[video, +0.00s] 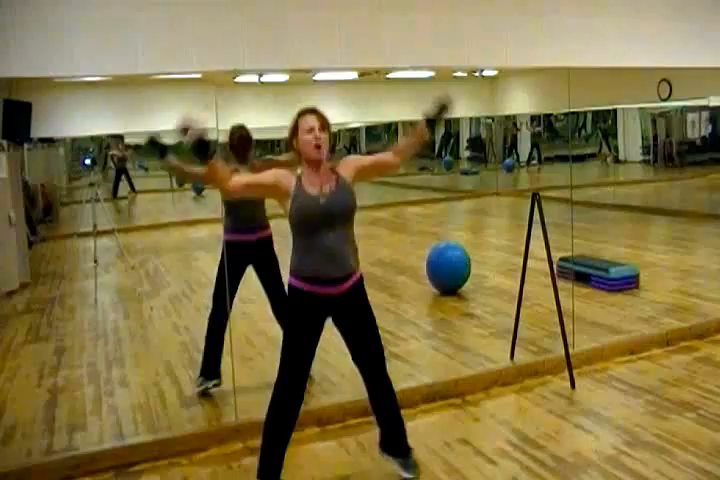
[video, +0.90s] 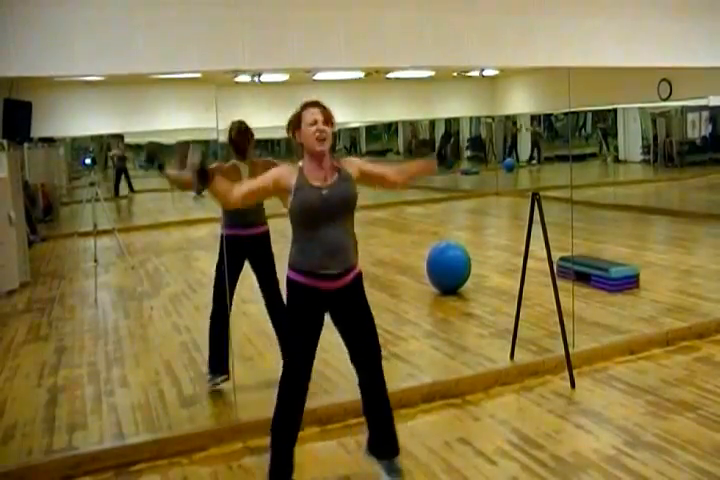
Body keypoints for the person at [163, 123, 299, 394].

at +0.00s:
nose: (240, 146)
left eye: (236, 141)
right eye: (243, 141)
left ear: (229, 146)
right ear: (251, 146)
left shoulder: (222, 171)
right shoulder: (263, 167)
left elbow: (188, 174)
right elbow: (294, 161)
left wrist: (169, 162)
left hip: (235, 244)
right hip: (263, 242)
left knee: (220, 308)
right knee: (281, 304)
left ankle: (209, 374)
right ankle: (302, 365)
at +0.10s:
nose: (244, 144)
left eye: (236, 139)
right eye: (247, 139)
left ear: (229, 143)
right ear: (252, 141)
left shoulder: (222, 174)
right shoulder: (268, 169)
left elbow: (199, 202)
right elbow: (286, 200)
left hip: (234, 244)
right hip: (263, 242)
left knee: (229, 303)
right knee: (270, 300)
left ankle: (234, 369)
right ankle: (280, 359)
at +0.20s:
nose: (247, 154)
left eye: (240, 151)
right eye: (250, 150)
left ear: (231, 153)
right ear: (253, 152)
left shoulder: (227, 185)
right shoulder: (265, 183)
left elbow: (221, 227)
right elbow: (275, 220)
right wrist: (283, 249)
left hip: (236, 252)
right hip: (262, 249)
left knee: (239, 310)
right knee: (262, 306)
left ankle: (250, 371)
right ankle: (266, 368)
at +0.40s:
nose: (242, 143)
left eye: (237, 138)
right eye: (246, 137)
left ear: (231, 141)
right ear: (253, 139)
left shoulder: (224, 173)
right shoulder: (268, 171)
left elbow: (205, 208)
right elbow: (280, 208)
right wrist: (264, 226)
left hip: (232, 243)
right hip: (261, 241)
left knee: (231, 305)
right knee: (268, 301)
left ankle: (240, 365)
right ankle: (272, 360)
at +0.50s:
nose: (247, 143)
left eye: (240, 138)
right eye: (250, 138)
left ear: (231, 142)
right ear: (253, 141)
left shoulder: (223, 171)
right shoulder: (268, 165)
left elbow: (191, 184)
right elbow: (296, 170)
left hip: (232, 238)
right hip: (259, 237)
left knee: (223, 300)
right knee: (276, 297)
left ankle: (221, 365)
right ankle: (289, 357)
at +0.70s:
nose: (236, 168)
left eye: (234, 165)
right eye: (245, 163)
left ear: (231, 170)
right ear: (255, 169)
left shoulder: (226, 194)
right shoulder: (264, 191)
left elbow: (200, 163)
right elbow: (280, 155)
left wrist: (213, 135)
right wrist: (260, 128)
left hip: (235, 271)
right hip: (264, 268)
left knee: (208, 325)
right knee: (287, 319)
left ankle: (202, 385)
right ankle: (308, 370)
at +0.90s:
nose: (246, 144)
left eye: (237, 139)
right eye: (249, 139)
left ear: (230, 144)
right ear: (252, 142)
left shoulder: (222, 171)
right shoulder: (267, 167)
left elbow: (192, 181)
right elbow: (293, 182)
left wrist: (172, 174)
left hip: (233, 239)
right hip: (259, 237)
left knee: (222, 302)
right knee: (274, 297)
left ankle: (218, 369)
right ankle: (293, 357)